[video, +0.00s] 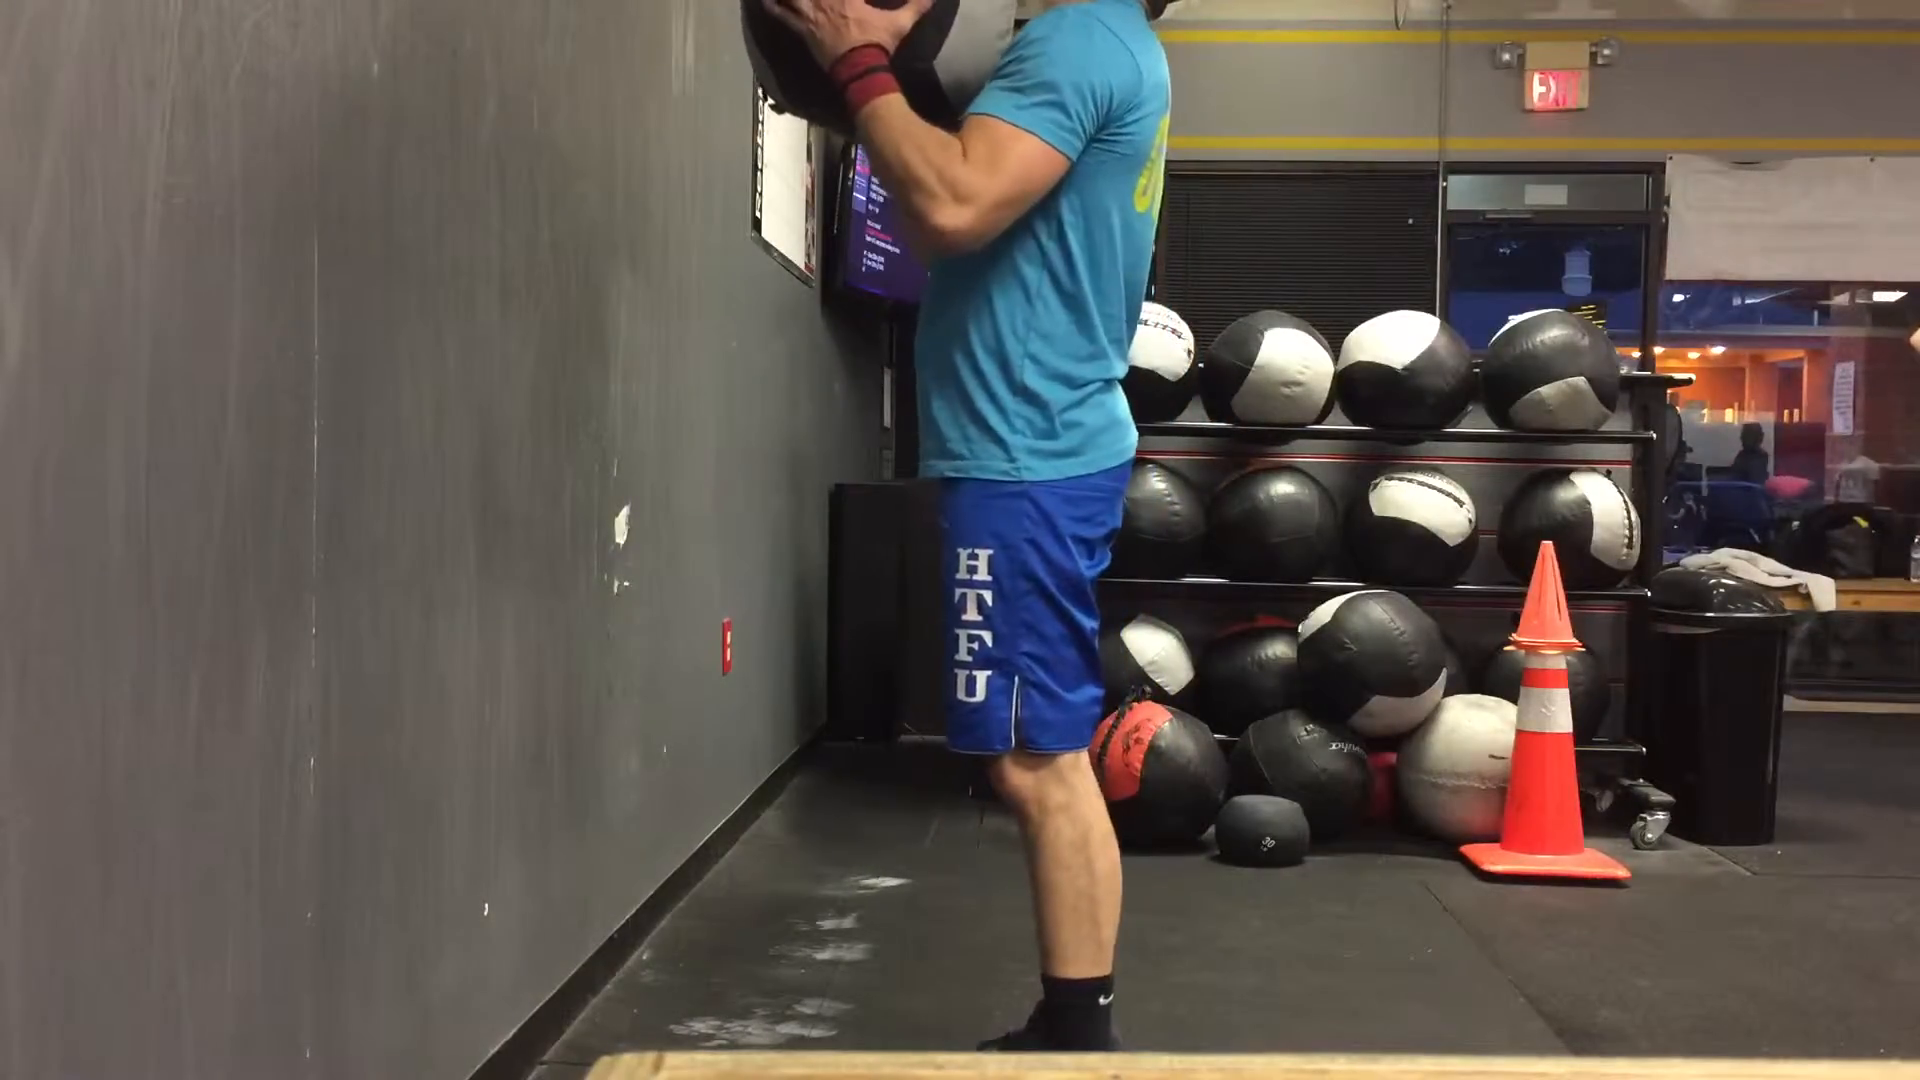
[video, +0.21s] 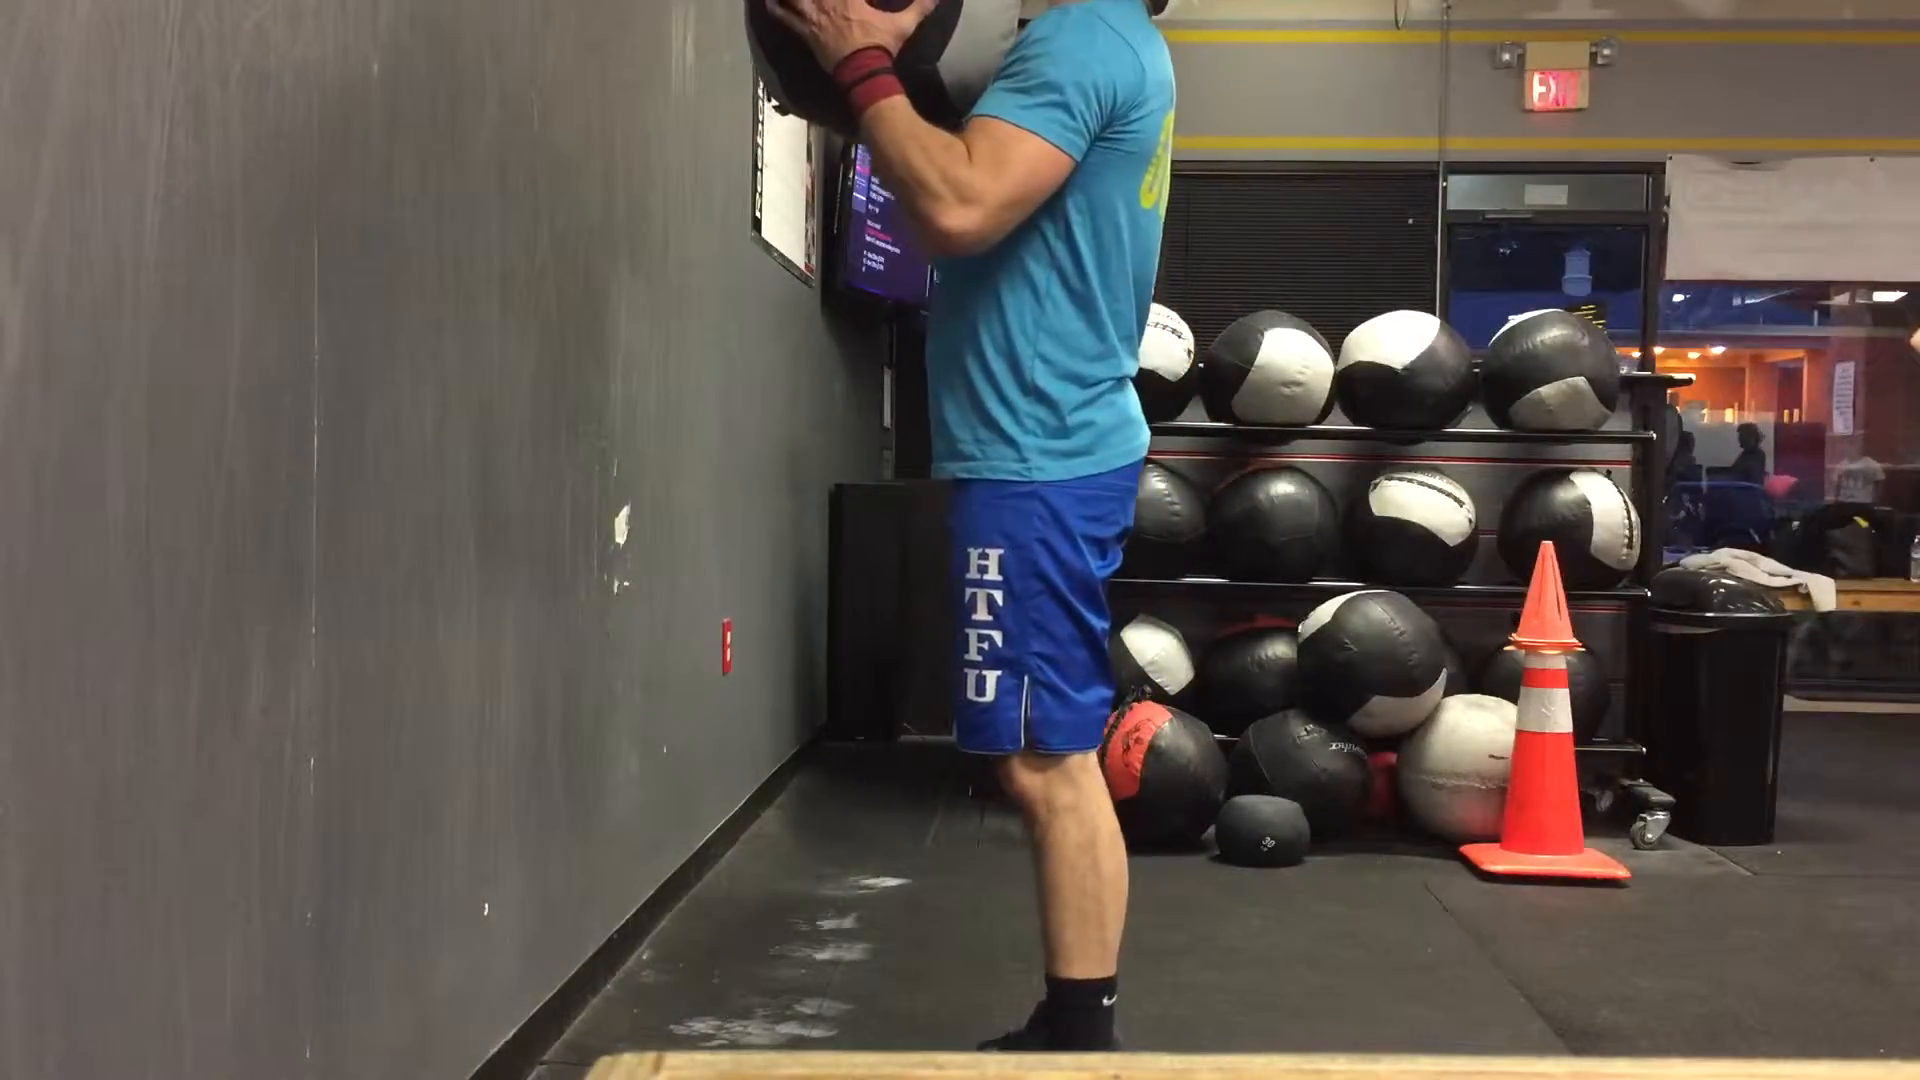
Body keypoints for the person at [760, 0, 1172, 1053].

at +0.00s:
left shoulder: (1082, 43)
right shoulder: (1095, 41)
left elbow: (952, 208)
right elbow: (956, 186)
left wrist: (865, 66)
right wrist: (877, 66)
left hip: (1026, 464)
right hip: (1032, 457)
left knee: (1036, 766)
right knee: (1044, 763)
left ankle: (1075, 1031)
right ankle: (1076, 1025)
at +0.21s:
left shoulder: (1086, 41)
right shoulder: (1092, 37)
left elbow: (958, 208)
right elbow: (960, 185)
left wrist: (867, 67)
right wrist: (880, 67)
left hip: (1039, 462)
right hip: (1037, 457)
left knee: (1047, 766)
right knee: (1051, 763)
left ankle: (1078, 1031)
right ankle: (1078, 1024)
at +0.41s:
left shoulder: (1089, 39)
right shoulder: (1098, 37)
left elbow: (963, 207)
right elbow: (964, 185)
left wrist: (870, 66)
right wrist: (881, 64)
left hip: (1048, 464)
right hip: (1045, 458)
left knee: (1056, 766)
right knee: (1056, 764)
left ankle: (1081, 1032)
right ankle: (1080, 1024)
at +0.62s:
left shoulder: (1094, 34)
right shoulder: (1079, 32)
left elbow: (956, 189)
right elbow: (950, 168)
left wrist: (858, 47)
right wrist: (859, 48)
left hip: (1063, 460)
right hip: (1048, 454)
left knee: (1063, 763)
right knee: (1053, 761)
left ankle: (1082, 1033)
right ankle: (1076, 1023)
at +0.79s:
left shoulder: (1070, 25)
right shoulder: (1046, 48)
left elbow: (926, 184)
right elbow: (989, 285)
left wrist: (811, 64)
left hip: (1115, 454)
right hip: (1092, 452)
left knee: (1018, 758)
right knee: (1030, 755)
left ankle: (1071, 1030)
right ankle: (1071, 1024)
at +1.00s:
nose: (961, 87)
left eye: (986, 73)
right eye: (976, 68)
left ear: (1036, 117)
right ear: (1036, 122)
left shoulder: (1036, 240)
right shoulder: (1040, 231)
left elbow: (872, 397)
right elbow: (896, 383)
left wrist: (773, 267)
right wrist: (788, 277)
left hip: (1192, 613)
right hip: (1173, 600)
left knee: (933, 806)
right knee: (983, 795)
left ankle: (1054, 1039)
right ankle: (1065, 1023)